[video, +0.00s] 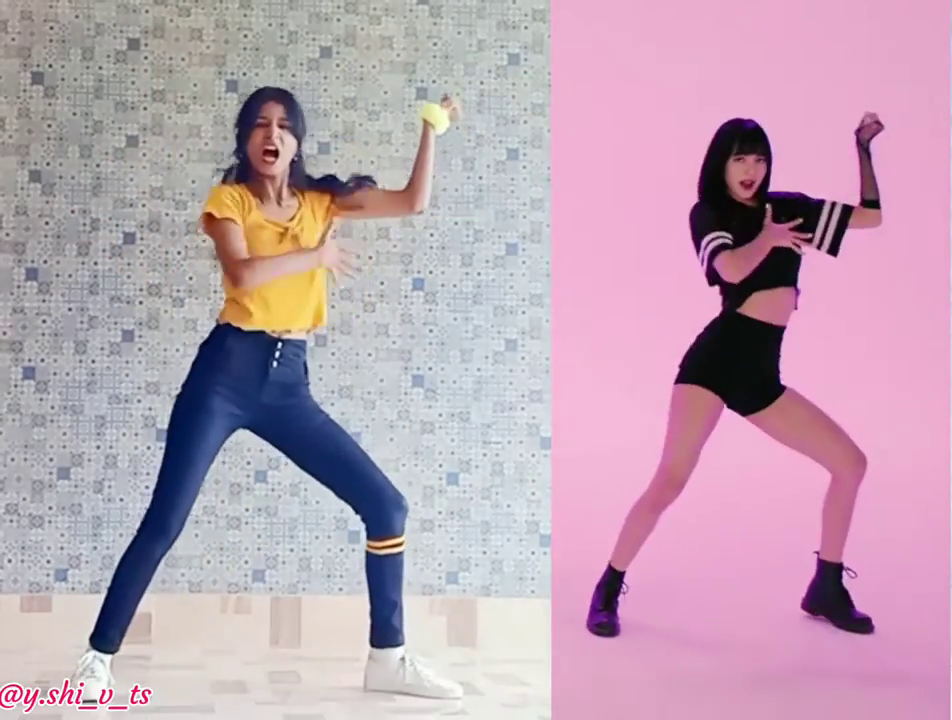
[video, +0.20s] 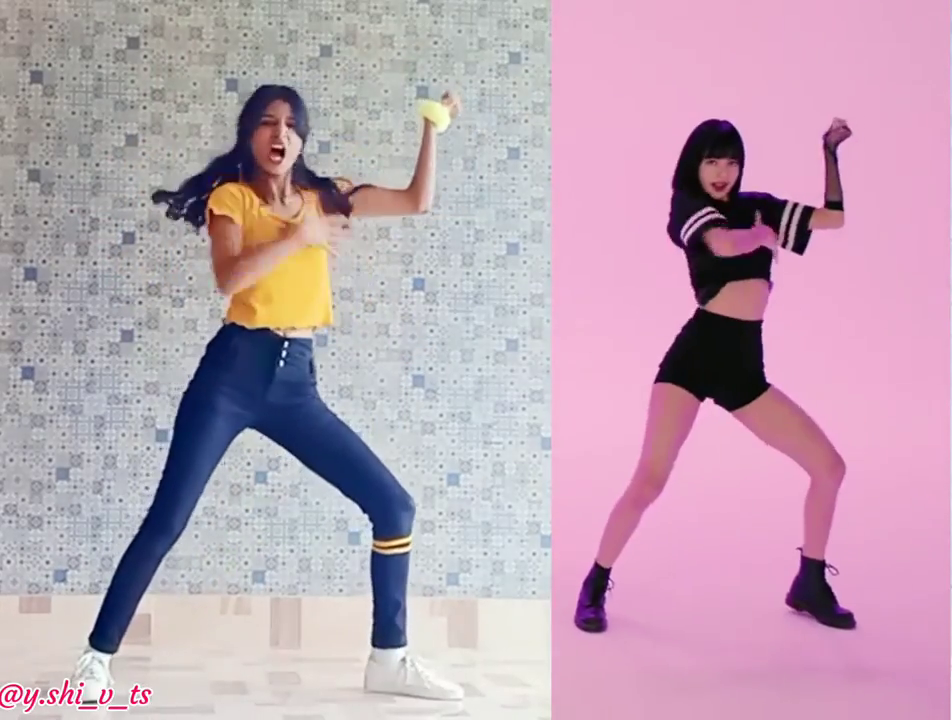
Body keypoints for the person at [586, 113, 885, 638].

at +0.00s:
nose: (748, 170)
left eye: (757, 159)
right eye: (738, 159)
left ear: (768, 165)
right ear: (718, 164)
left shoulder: (783, 209)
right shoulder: (709, 215)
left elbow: (870, 216)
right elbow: (731, 270)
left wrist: (864, 150)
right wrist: (769, 238)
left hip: (759, 374)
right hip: (714, 361)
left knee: (849, 464)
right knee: (669, 482)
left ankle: (826, 587)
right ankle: (608, 589)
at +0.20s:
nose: (722, 172)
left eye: (731, 162)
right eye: (712, 161)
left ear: (741, 165)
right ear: (693, 165)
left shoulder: (757, 208)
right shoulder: (689, 208)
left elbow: (832, 218)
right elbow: (720, 242)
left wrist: (830, 153)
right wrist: (762, 237)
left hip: (743, 367)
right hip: (694, 359)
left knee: (828, 467)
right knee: (648, 483)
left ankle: (810, 582)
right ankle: (595, 585)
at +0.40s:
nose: (717, 179)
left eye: (726, 168)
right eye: (707, 168)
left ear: (739, 171)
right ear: (689, 169)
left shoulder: (756, 214)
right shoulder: (671, 224)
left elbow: (837, 222)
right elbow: (633, 301)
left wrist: (829, 159)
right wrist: (677, 252)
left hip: (726, 367)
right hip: (678, 356)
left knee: (812, 462)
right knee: (634, 478)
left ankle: (801, 578)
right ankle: (586, 581)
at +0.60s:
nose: (709, 174)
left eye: (719, 164)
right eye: (700, 163)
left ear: (730, 168)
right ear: (684, 165)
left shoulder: (746, 210)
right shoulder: (672, 217)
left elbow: (825, 208)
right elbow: (716, 276)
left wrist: (821, 142)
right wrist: (790, 270)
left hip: (723, 366)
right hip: (678, 355)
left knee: (809, 458)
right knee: (636, 475)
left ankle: (799, 579)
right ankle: (584, 580)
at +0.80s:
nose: (707, 176)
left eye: (717, 166)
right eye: (698, 165)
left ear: (727, 169)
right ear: (681, 167)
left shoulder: (747, 209)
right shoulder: (669, 224)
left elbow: (827, 211)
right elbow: (697, 293)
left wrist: (825, 144)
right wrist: (747, 336)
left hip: (727, 367)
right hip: (680, 358)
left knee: (815, 462)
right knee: (640, 476)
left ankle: (805, 583)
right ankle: (589, 584)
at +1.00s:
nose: (701, 167)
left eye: (706, 156)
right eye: (689, 162)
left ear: (719, 159)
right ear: (676, 173)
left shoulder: (756, 208)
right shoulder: (677, 233)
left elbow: (837, 214)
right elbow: (639, 316)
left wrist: (838, 147)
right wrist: (599, 391)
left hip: (735, 373)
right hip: (688, 362)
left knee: (818, 469)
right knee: (653, 481)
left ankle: (819, 594)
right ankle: (602, 594)